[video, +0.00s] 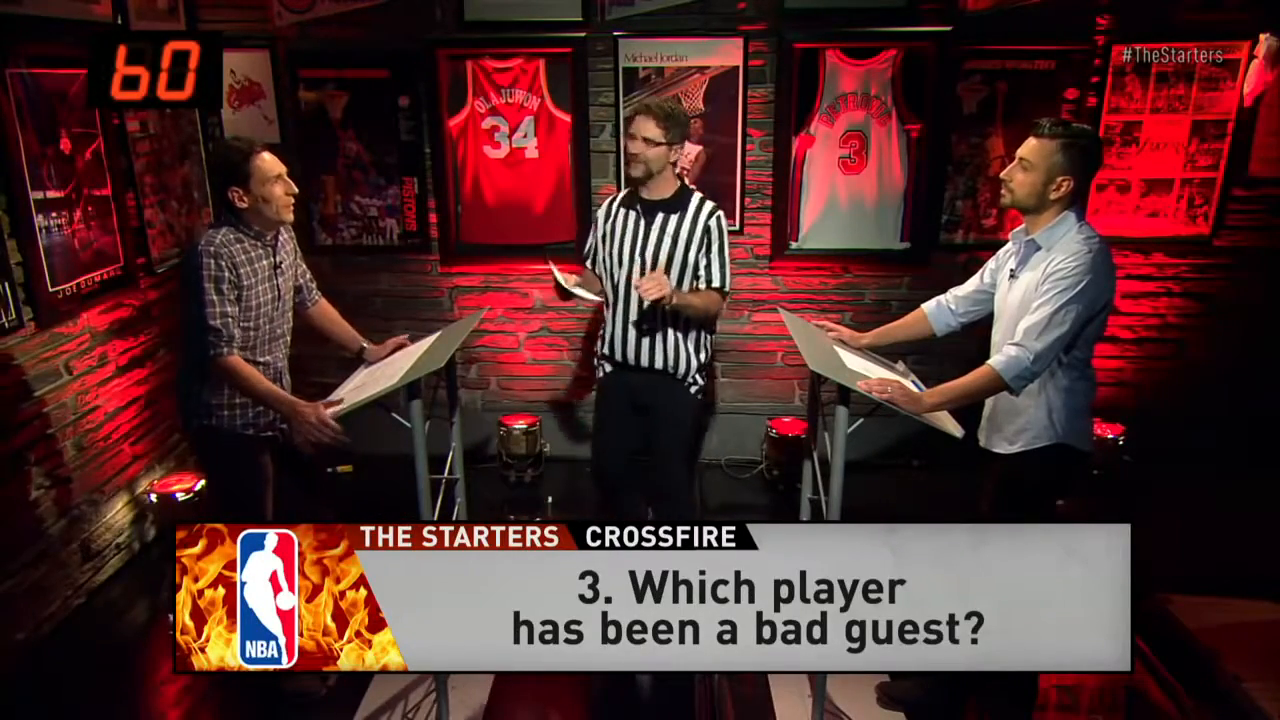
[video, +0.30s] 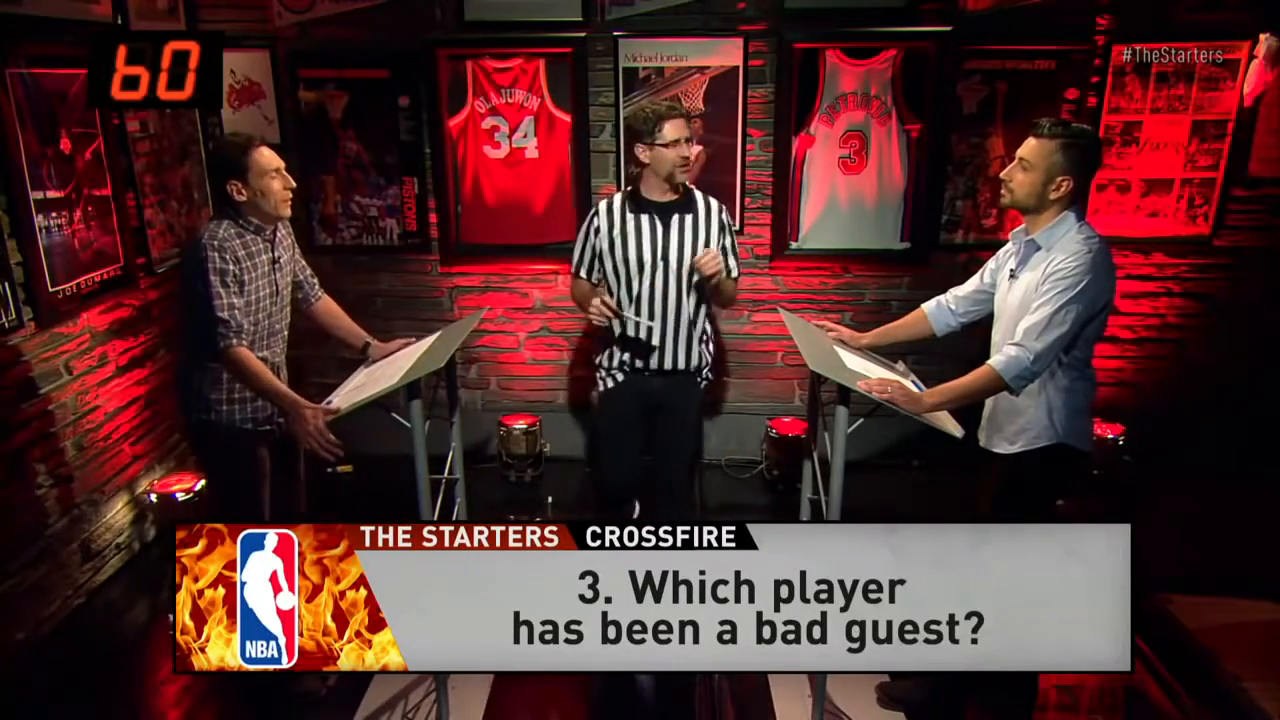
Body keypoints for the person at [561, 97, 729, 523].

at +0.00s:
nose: (633, 147)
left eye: (647, 141)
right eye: (630, 137)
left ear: (675, 151)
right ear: (624, 140)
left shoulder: (706, 217)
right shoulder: (611, 209)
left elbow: (713, 304)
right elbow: (599, 282)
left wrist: (675, 297)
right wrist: (580, 284)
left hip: (677, 383)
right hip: (617, 375)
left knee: (671, 491)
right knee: (610, 482)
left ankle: (675, 572)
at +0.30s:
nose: (688, 152)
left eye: (689, 142)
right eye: (675, 144)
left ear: (692, 145)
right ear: (643, 153)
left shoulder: (712, 214)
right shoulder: (606, 215)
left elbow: (729, 298)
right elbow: (580, 281)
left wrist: (716, 278)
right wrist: (592, 299)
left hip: (684, 377)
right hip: (622, 376)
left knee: (675, 489)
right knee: (613, 487)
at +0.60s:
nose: (703, 152)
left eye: (703, 143)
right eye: (693, 145)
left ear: (689, 154)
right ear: (657, 154)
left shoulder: (709, 212)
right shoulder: (617, 219)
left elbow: (727, 286)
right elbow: (584, 293)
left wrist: (775, 260)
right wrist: (623, 308)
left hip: (691, 384)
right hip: (633, 388)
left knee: (679, 505)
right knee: (632, 504)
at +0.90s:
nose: (699, 155)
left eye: (701, 144)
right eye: (686, 146)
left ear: (702, 148)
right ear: (654, 153)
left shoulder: (716, 212)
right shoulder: (621, 218)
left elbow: (721, 282)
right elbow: (588, 292)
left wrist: (730, 297)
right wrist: (633, 311)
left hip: (691, 378)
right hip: (633, 382)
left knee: (680, 488)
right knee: (640, 487)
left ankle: (671, 577)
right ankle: (590, 515)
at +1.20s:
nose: (637, 162)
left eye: (650, 155)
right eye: (636, 152)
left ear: (689, 159)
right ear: (639, 151)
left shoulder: (722, 218)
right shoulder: (618, 210)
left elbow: (736, 297)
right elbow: (589, 280)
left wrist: (708, 316)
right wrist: (612, 303)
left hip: (689, 385)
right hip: (625, 381)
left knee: (678, 492)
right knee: (621, 489)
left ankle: (673, 586)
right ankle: (617, 584)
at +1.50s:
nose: (628, 162)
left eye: (638, 154)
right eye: (627, 152)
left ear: (675, 158)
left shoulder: (717, 222)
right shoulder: (616, 211)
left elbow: (732, 303)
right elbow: (599, 275)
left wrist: (679, 321)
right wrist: (600, 300)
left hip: (682, 385)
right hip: (620, 380)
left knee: (675, 493)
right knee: (612, 487)